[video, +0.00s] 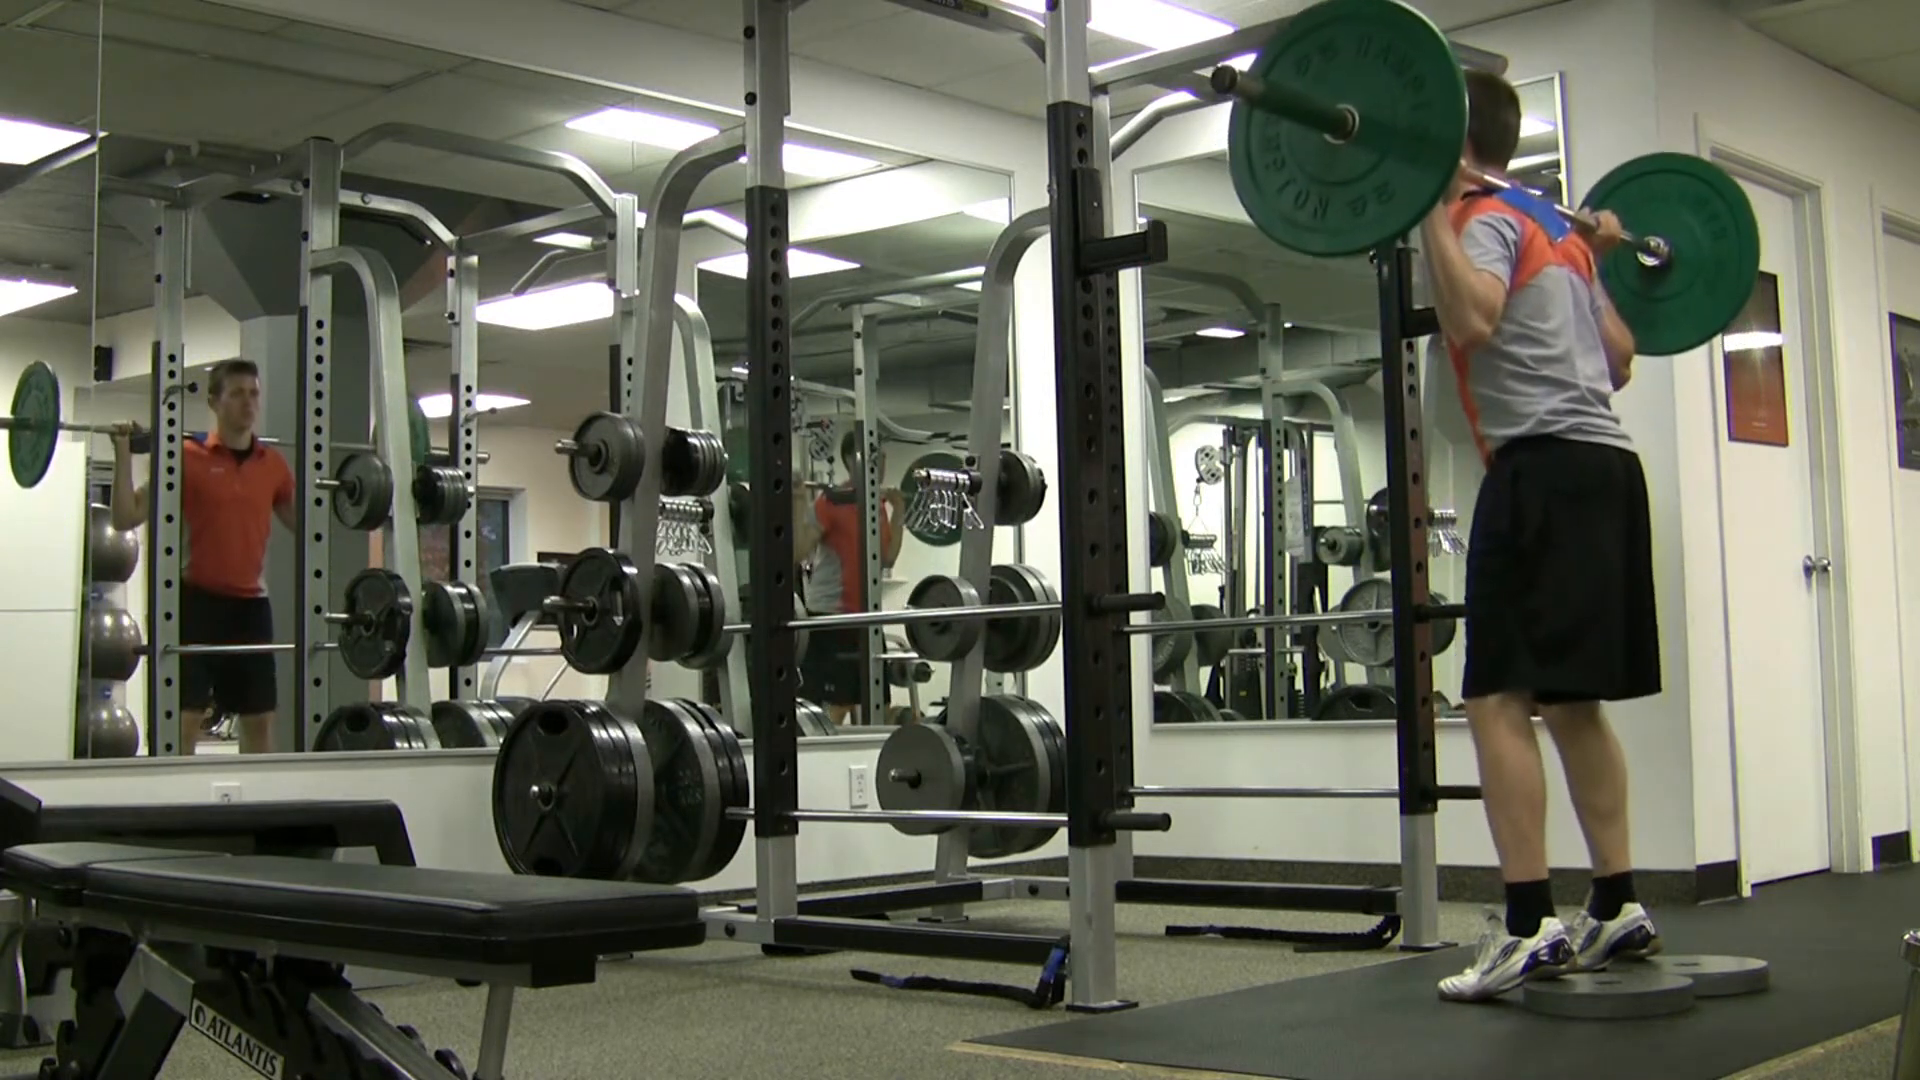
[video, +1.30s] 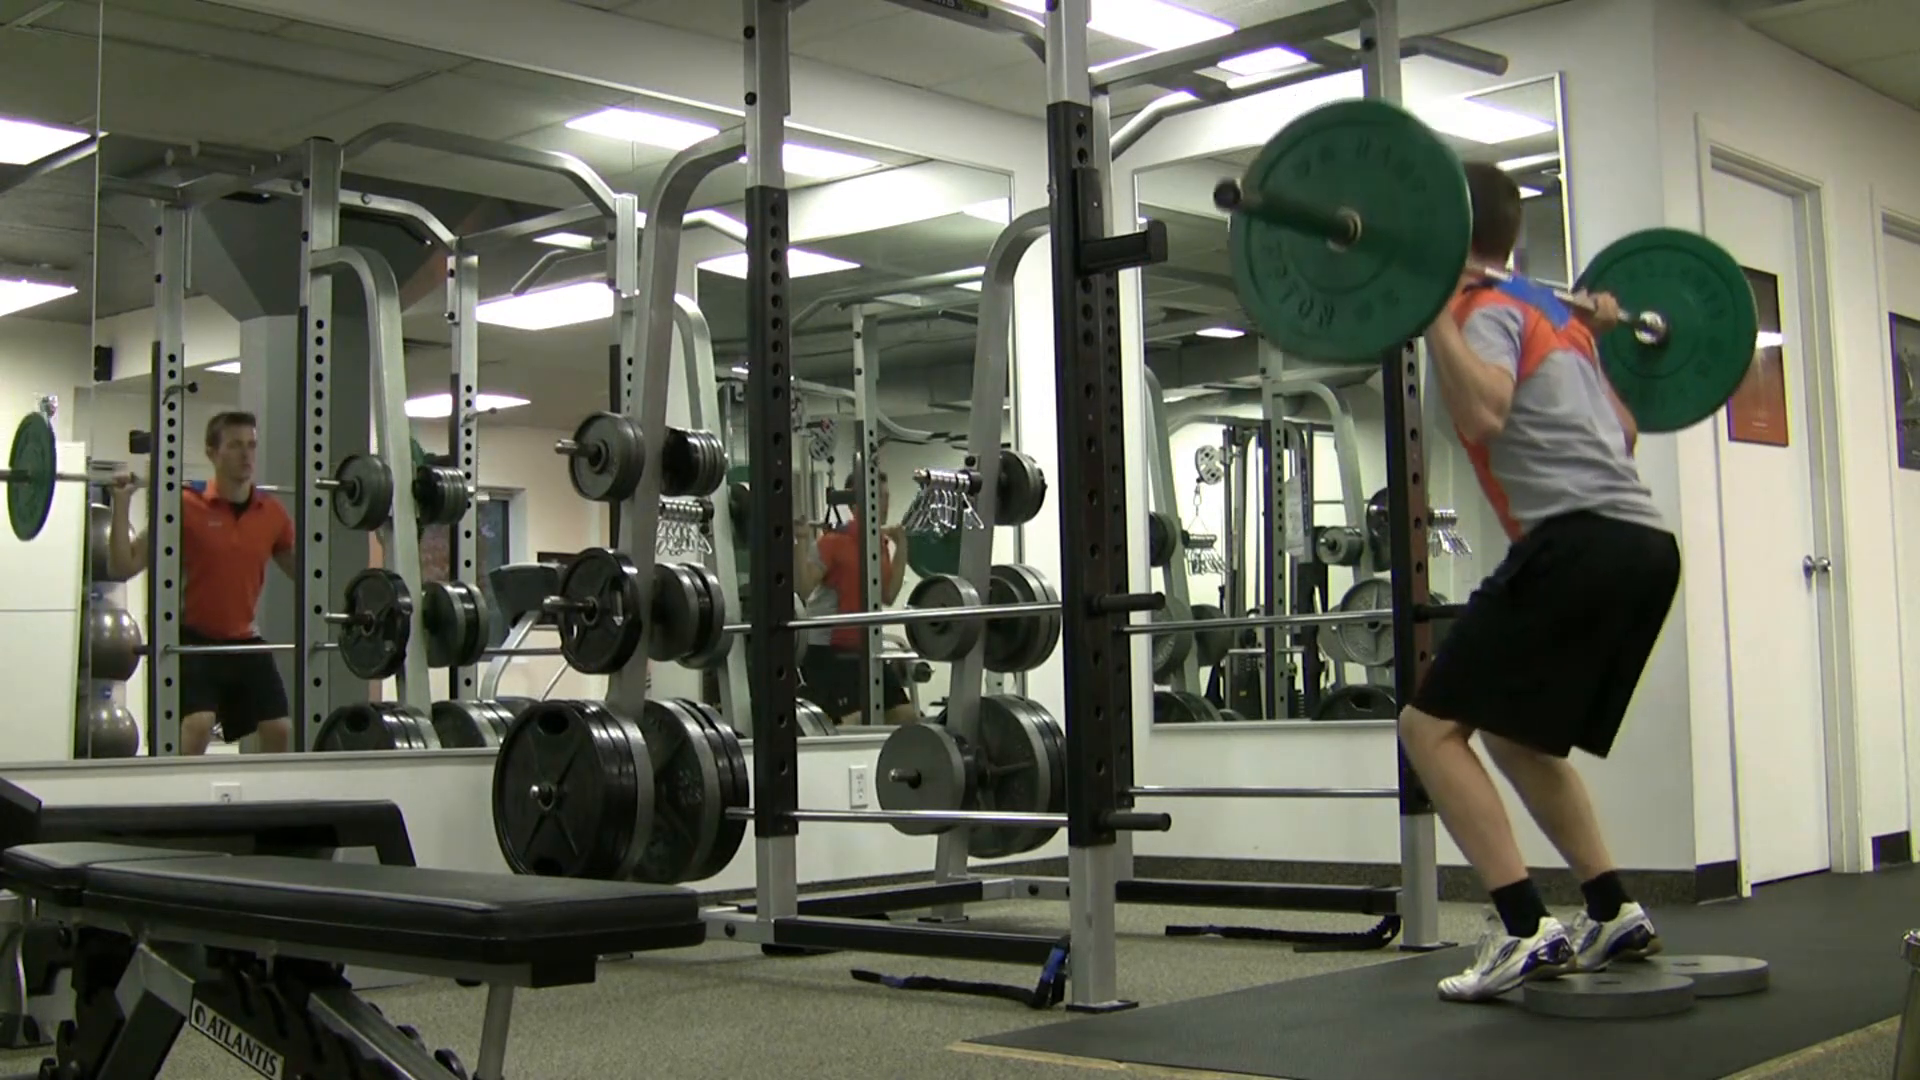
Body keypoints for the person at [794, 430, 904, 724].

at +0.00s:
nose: (874, 465)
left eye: (877, 457)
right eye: (865, 457)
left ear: (882, 460)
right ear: (849, 459)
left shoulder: (875, 505)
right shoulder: (830, 502)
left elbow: (888, 557)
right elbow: (799, 554)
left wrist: (898, 512)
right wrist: (798, 503)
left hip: (865, 613)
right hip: (833, 614)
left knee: (868, 704)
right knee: (838, 703)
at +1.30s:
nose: (882, 503)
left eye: (885, 496)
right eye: (875, 496)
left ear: (888, 500)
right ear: (855, 501)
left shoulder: (880, 544)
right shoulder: (834, 541)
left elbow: (889, 595)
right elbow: (804, 588)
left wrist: (901, 544)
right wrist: (801, 542)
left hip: (869, 649)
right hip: (833, 649)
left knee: (906, 719)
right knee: (854, 723)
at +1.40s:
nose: (883, 512)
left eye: (885, 506)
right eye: (875, 506)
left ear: (888, 510)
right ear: (854, 511)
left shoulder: (881, 552)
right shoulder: (835, 549)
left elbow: (889, 603)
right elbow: (807, 594)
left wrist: (902, 555)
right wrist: (801, 552)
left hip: (872, 653)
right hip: (841, 654)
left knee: (907, 719)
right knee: (854, 722)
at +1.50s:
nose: (883, 522)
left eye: (885, 516)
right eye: (876, 515)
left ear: (888, 521)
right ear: (854, 521)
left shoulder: (882, 562)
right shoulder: (835, 558)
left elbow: (890, 608)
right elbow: (811, 599)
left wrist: (902, 564)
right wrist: (802, 561)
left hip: (870, 660)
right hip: (838, 660)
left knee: (909, 718)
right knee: (856, 723)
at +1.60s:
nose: (884, 532)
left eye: (886, 525)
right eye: (876, 524)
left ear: (889, 530)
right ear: (855, 530)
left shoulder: (883, 571)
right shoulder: (835, 568)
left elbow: (888, 621)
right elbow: (813, 608)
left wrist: (902, 575)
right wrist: (801, 573)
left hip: (868, 670)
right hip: (831, 670)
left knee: (910, 718)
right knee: (860, 721)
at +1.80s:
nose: (887, 549)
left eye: (889, 543)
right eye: (880, 542)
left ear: (891, 545)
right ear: (856, 546)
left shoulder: (883, 589)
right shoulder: (833, 587)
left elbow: (888, 638)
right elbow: (811, 632)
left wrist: (904, 593)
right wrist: (803, 590)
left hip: (865, 680)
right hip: (824, 680)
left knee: (912, 718)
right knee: (860, 720)